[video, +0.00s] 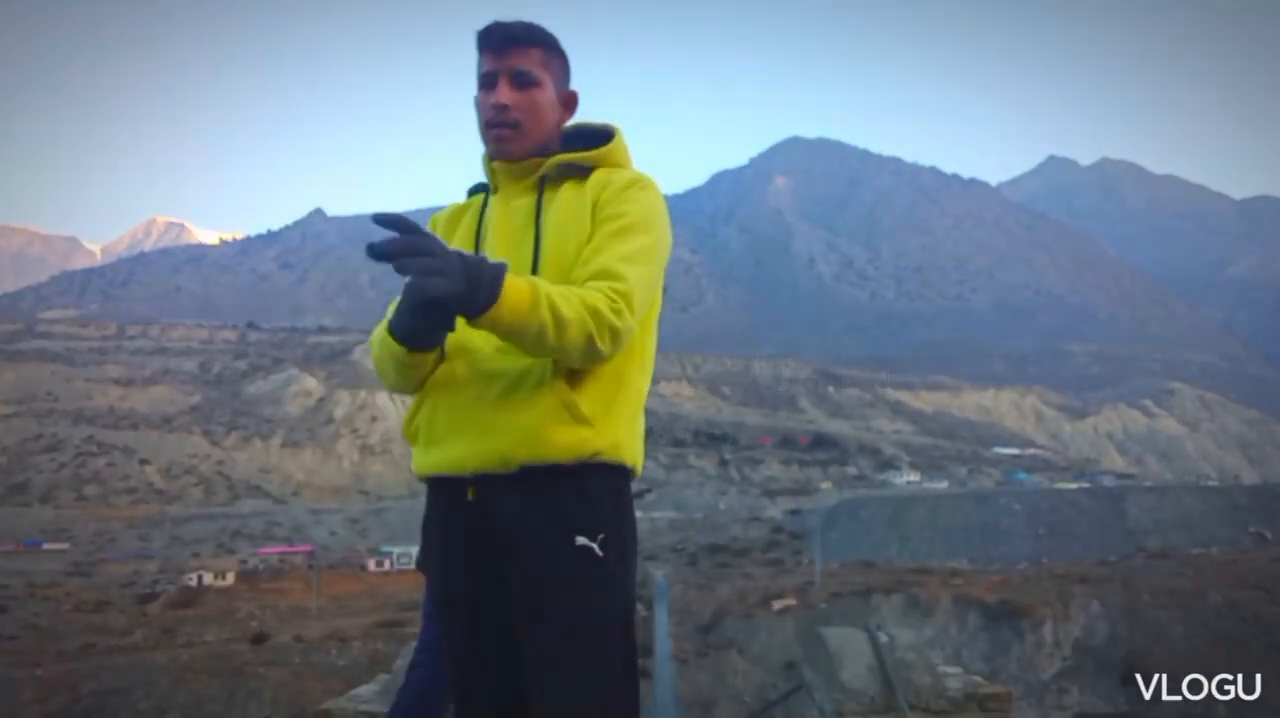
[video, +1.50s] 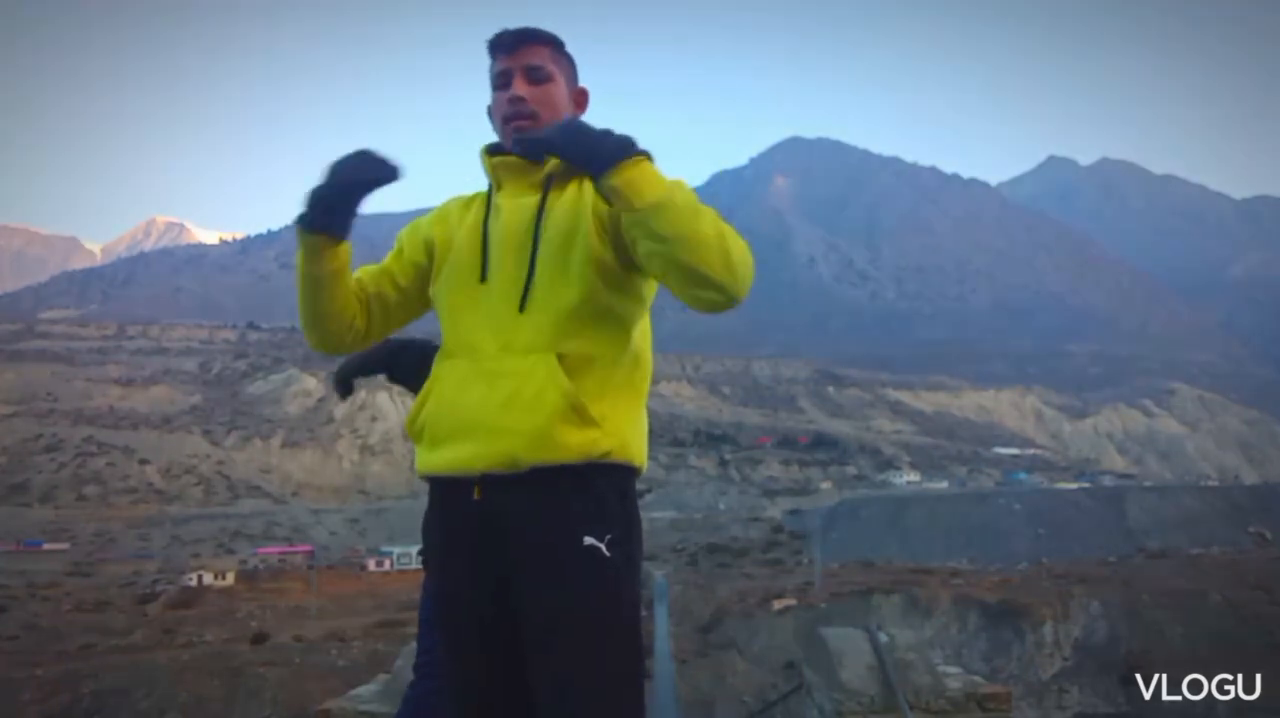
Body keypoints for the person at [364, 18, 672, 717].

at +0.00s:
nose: (498, 96)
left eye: (522, 81)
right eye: (488, 81)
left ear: (566, 102)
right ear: (474, 98)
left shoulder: (621, 195)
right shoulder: (449, 225)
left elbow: (598, 326)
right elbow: (394, 373)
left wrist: (481, 285)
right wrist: (422, 313)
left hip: (572, 501)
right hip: (459, 504)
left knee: (581, 698)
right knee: (473, 697)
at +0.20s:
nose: (490, 93)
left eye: (513, 76)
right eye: (478, 80)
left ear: (560, 97)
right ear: (466, 100)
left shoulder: (621, 193)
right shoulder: (457, 221)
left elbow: (653, 328)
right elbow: (384, 372)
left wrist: (542, 224)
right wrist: (406, 287)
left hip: (571, 493)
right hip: (456, 498)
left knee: (583, 696)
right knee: (474, 694)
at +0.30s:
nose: (489, 93)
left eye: (511, 76)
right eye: (477, 80)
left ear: (558, 93)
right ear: (466, 99)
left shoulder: (618, 193)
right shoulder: (442, 228)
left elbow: (692, 309)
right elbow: (369, 346)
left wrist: (606, 170)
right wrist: (376, 244)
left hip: (574, 493)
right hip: (457, 496)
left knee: (583, 697)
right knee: (476, 696)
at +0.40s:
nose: (486, 95)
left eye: (508, 77)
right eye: (474, 82)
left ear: (557, 95)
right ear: (463, 101)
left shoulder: (613, 191)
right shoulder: (445, 226)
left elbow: (722, 239)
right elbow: (332, 287)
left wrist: (654, 120)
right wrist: (368, 181)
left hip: (573, 498)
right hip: (457, 502)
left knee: (585, 699)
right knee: (476, 697)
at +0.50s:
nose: (483, 98)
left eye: (504, 78)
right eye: (470, 84)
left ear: (554, 96)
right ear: (460, 106)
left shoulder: (616, 187)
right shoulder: (439, 212)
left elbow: (730, 151)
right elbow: (319, 207)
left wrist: (645, 88)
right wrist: (410, 132)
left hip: (574, 496)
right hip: (457, 500)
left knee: (587, 698)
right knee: (474, 696)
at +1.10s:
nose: (515, 84)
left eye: (538, 71)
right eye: (503, 75)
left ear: (580, 98)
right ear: (491, 100)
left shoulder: (609, 189)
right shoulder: (454, 222)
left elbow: (650, 225)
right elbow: (321, 243)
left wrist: (588, 126)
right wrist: (423, 160)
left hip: (579, 499)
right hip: (462, 501)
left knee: (587, 697)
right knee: (460, 695)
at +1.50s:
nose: (516, 92)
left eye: (537, 77)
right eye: (502, 82)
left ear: (577, 98)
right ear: (489, 106)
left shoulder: (611, 196)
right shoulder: (449, 223)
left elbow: (725, 283)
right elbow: (337, 328)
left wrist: (622, 167)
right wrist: (325, 227)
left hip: (579, 498)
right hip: (460, 501)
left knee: (589, 697)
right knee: (458, 695)